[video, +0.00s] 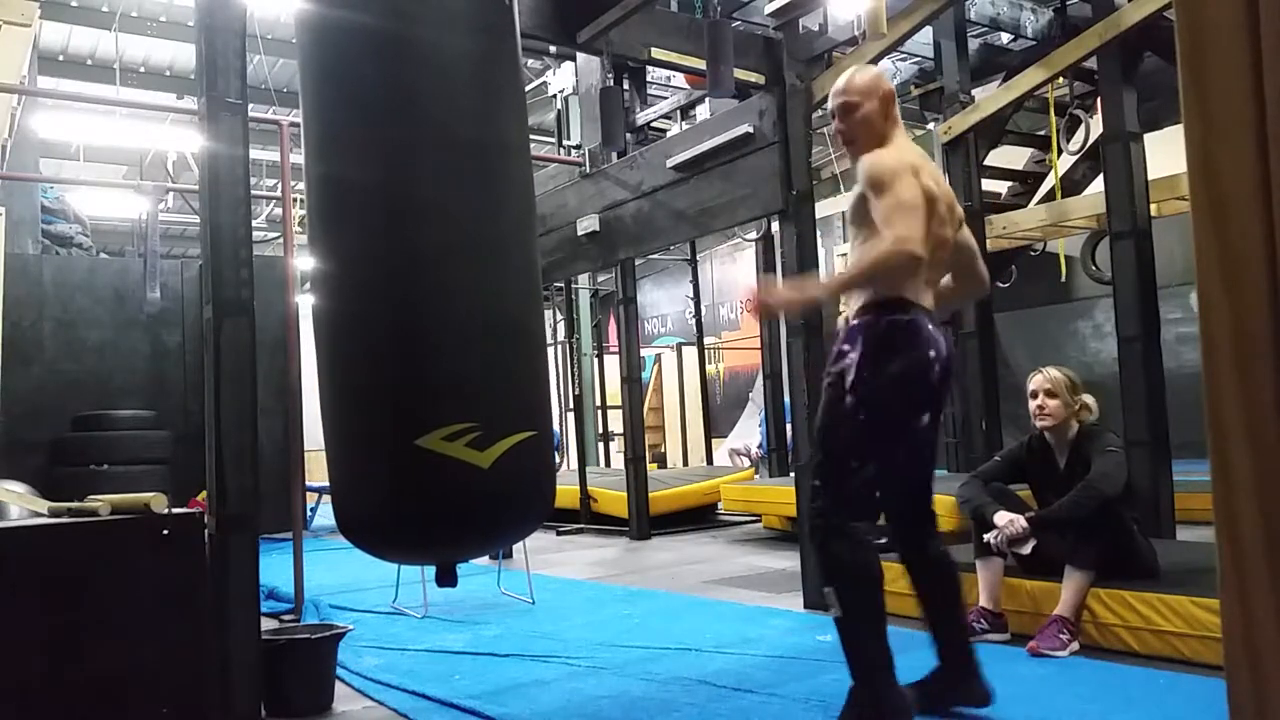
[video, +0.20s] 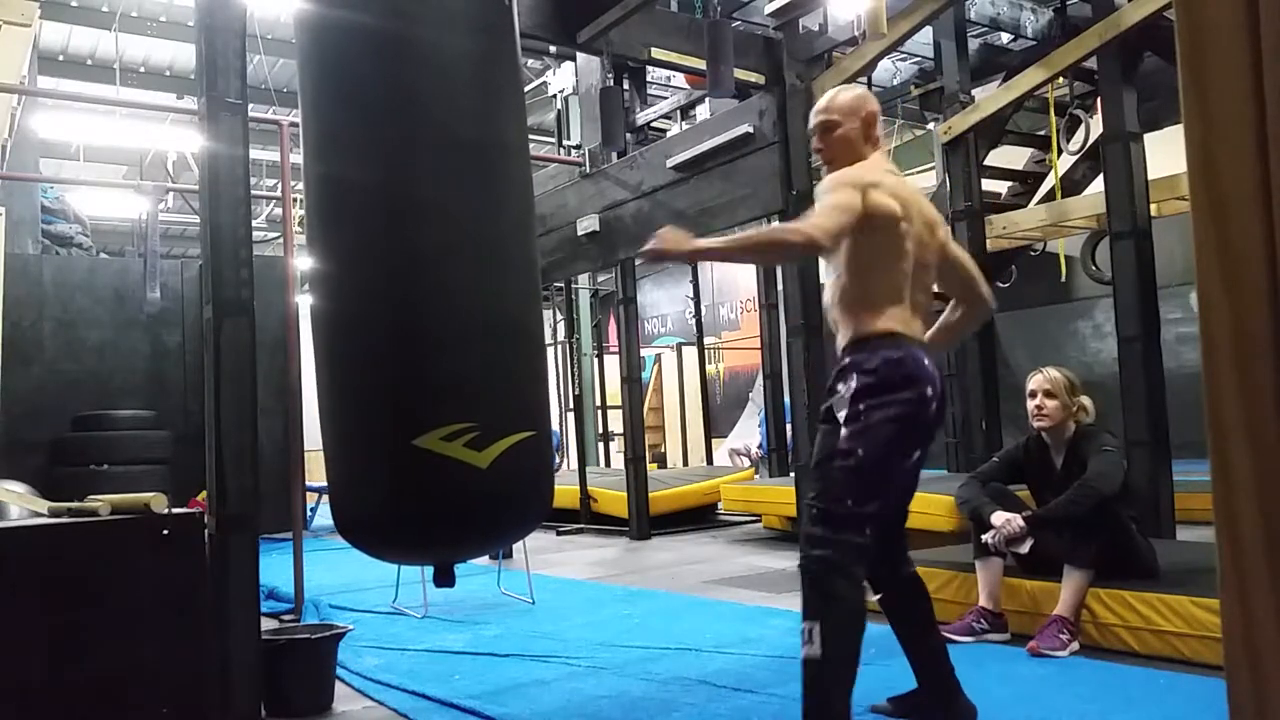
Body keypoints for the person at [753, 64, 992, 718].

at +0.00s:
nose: (836, 125)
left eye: (846, 111)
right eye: (833, 114)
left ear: (882, 107)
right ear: (887, 113)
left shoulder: (886, 163)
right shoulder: (928, 172)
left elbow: (904, 246)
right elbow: (975, 275)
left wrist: (806, 290)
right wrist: (904, 303)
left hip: (881, 341)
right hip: (925, 343)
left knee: (838, 515)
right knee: (911, 517)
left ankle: (874, 691)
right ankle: (960, 670)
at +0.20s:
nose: (817, 143)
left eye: (827, 129)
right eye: (814, 132)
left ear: (871, 125)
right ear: (872, 134)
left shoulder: (849, 182)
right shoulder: (914, 199)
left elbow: (808, 237)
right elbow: (977, 299)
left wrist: (694, 248)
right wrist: (918, 348)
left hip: (873, 378)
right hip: (914, 379)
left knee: (828, 549)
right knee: (883, 552)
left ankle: (825, 711)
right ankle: (942, 695)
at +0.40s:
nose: (808, 122)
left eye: (821, 107)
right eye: (803, 112)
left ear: (863, 106)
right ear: (803, 119)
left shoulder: (875, 175)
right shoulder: (836, 191)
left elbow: (959, 220)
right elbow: (809, 299)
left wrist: (951, 291)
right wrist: (737, 278)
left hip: (854, 389)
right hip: (828, 389)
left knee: (770, 547)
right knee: (851, 539)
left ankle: (790, 711)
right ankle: (935, 673)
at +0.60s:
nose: (848, 78)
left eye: (865, 63)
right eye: (844, 65)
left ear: (912, 74)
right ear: (839, 74)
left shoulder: (951, 179)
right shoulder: (811, 137)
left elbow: (1067, 214)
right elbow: (721, 181)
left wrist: (1107, 167)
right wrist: (679, 146)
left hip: (821, 365)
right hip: (739, 320)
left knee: (823, 545)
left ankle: (804, 713)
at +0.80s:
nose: (883, 94)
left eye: (900, 82)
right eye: (882, 79)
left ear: (933, 103)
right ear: (871, 85)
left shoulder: (944, 222)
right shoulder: (820, 137)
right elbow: (729, 201)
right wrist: (644, 218)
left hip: (764, 354)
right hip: (701, 263)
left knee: (767, 541)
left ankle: (762, 714)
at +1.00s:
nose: (827, 70)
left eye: (846, 59)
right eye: (824, 57)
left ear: (891, 68)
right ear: (816, 63)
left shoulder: (917, 181)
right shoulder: (779, 136)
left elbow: (876, 249)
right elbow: (674, 180)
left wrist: (834, 131)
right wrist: (589, 138)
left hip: (772, 365)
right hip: (687, 308)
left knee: (751, 572)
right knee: (544, 368)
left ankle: (741, 715)